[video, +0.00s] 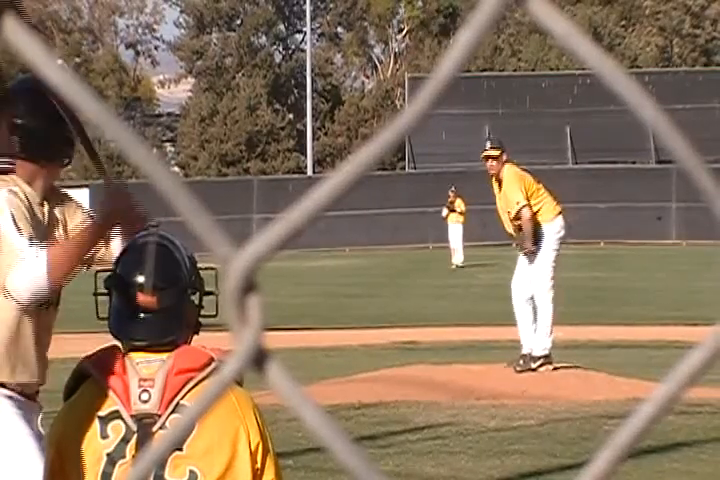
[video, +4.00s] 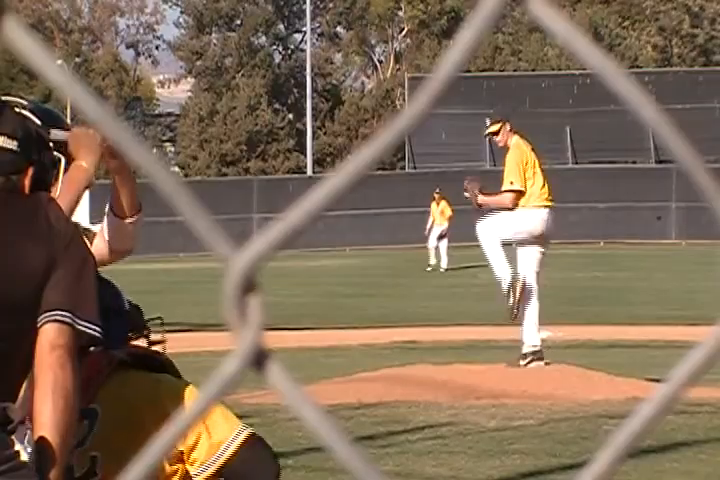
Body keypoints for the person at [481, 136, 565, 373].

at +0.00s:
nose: (491, 163)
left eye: (495, 158)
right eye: (487, 159)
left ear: (504, 158)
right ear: (484, 162)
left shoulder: (510, 175)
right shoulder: (496, 180)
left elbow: (525, 212)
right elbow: (510, 210)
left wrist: (529, 241)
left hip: (548, 226)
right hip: (531, 230)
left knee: (541, 285)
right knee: (519, 287)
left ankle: (542, 350)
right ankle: (528, 348)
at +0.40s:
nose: (504, 129)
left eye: (508, 124)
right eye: (500, 125)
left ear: (517, 125)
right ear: (498, 128)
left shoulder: (515, 150)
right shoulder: (520, 147)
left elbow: (512, 194)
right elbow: (516, 191)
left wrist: (495, 226)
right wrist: (498, 215)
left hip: (537, 214)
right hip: (544, 212)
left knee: (520, 276)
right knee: (529, 277)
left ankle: (531, 343)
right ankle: (531, 340)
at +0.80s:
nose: (512, 120)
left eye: (516, 116)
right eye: (508, 116)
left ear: (526, 117)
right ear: (507, 119)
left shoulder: (521, 143)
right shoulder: (524, 140)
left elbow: (515, 190)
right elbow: (516, 182)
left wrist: (489, 190)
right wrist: (494, 181)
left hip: (529, 216)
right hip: (530, 214)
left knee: (526, 282)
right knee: (526, 282)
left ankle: (534, 348)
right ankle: (533, 347)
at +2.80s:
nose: (511, 121)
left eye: (515, 115)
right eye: (508, 117)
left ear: (526, 115)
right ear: (507, 120)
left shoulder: (526, 144)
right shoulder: (526, 141)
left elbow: (529, 189)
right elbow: (522, 182)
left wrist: (508, 209)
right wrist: (504, 197)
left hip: (530, 215)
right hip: (528, 214)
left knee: (528, 282)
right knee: (525, 281)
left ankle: (535, 347)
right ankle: (532, 346)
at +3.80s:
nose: (500, 132)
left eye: (504, 126)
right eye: (498, 128)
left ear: (516, 123)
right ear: (499, 129)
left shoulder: (519, 148)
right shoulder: (526, 144)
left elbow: (520, 196)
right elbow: (525, 192)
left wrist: (498, 212)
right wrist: (502, 207)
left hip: (531, 217)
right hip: (539, 215)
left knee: (504, 278)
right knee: (526, 284)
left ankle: (526, 342)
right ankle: (532, 343)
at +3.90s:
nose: (498, 135)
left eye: (500, 129)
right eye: (495, 132)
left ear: (512, 126)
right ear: (503, 131)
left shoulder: (519, 148)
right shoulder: (525, 147)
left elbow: (515, 198)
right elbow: (520, 197)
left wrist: (489, 207)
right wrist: (493, 201)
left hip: (530, 218)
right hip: (541, 217)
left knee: (490, 257)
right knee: (525, 282)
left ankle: (513, 311)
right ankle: (533, 346)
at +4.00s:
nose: (494, 139)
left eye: (496, 133)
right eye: (492, 136)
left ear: (508, 128)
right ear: (501, 133)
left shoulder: (516, 150)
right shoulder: (520, 148)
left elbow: (509, 199)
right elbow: (512, 196)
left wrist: (480, 199)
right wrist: (483, 199)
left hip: (531, 214)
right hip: (538, 213)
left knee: (484, 228)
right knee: (528, 282)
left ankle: (508, 282)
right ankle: (531, 346)